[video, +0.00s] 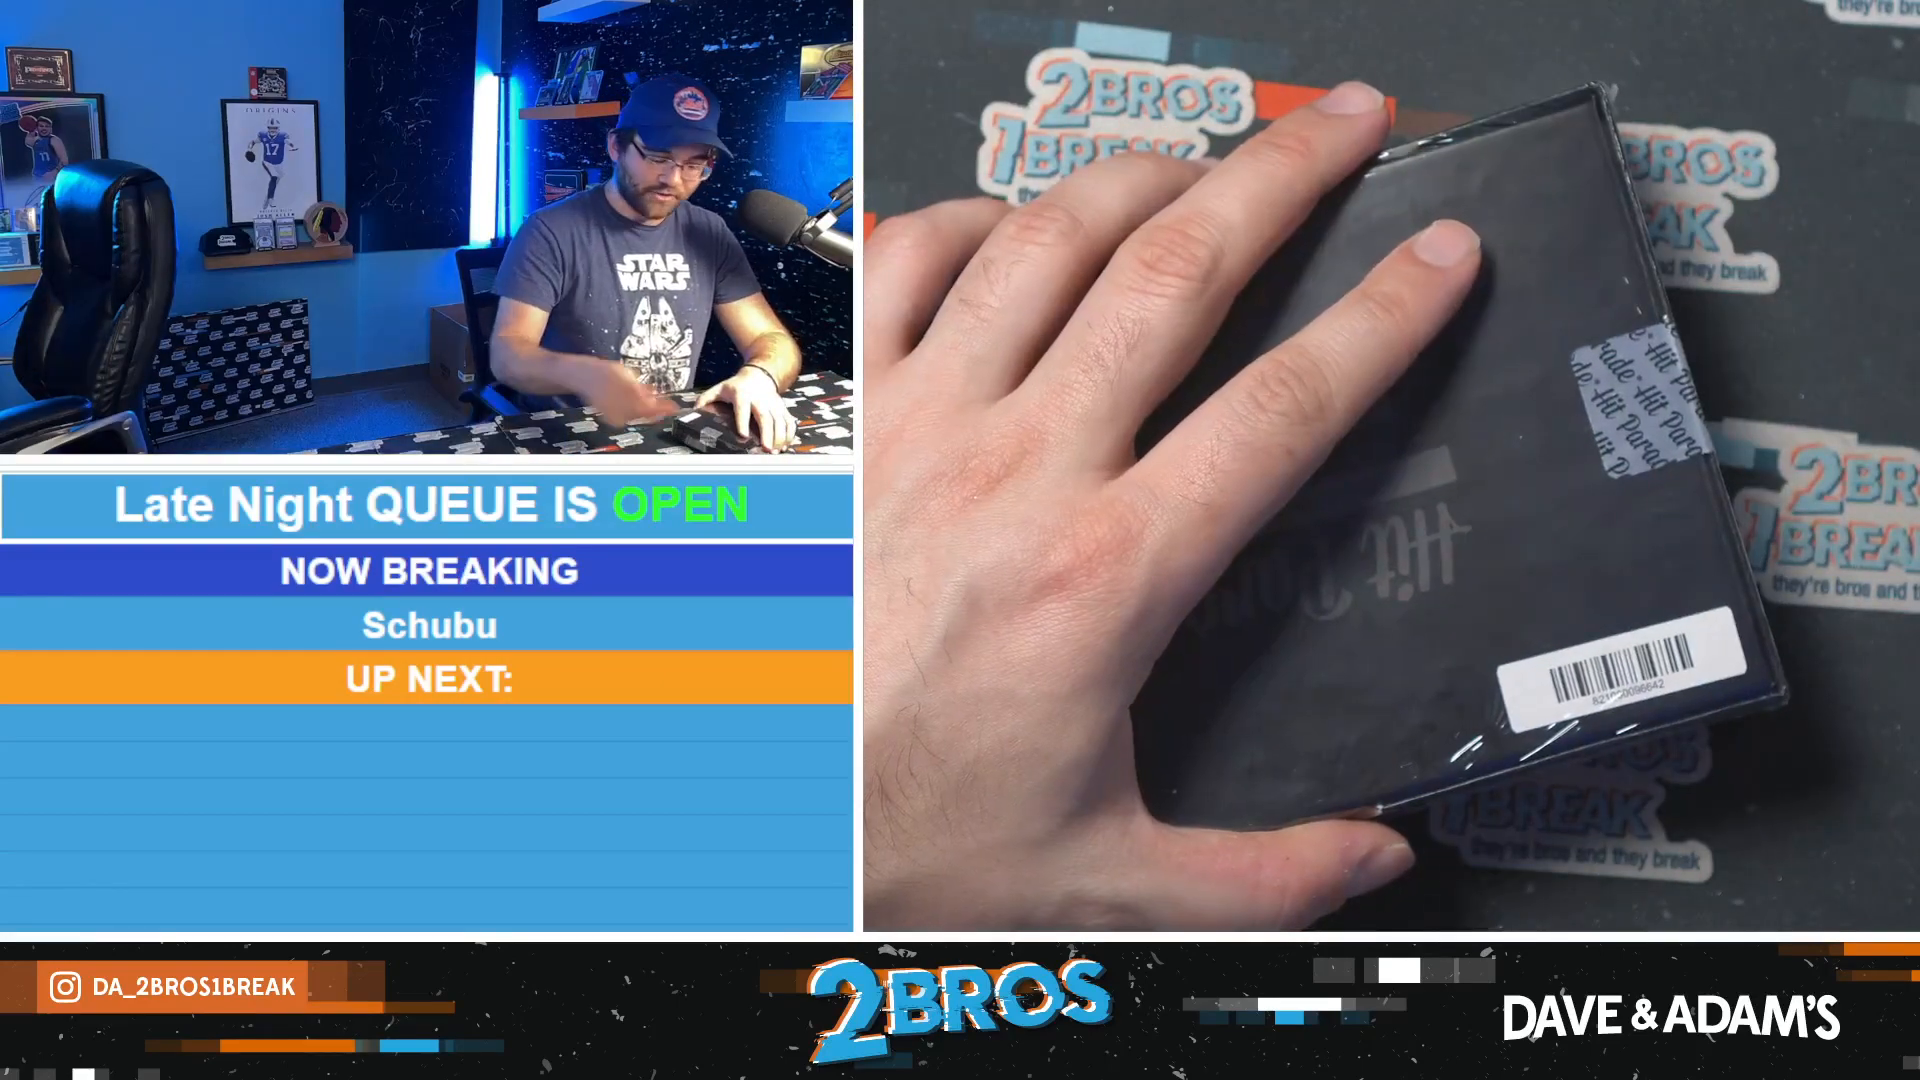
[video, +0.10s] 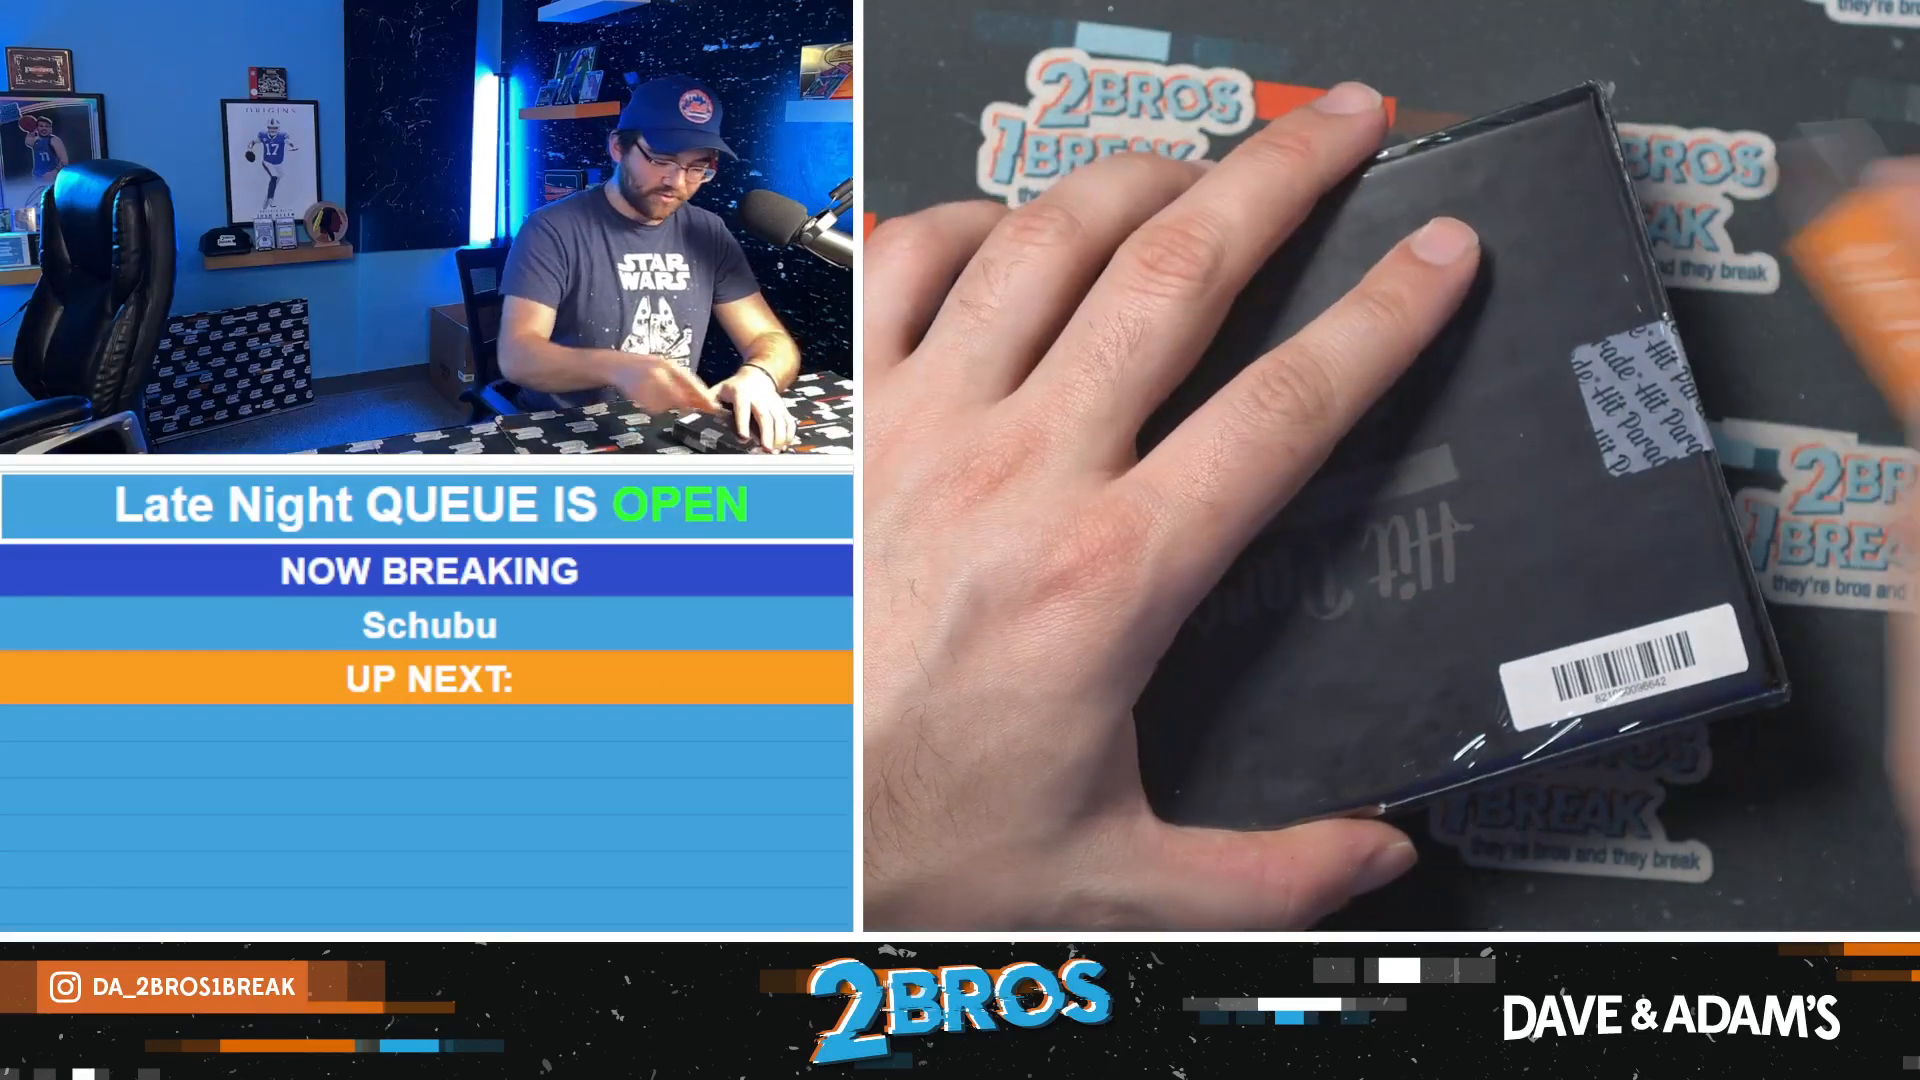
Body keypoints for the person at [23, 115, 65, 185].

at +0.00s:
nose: (44, 128)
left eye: (47, 126)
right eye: (41, 126)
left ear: (50, 128)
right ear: (37, 128)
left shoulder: (54, 140)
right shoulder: (35, 140)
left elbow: (64, 160)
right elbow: (28, 141)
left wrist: (53, 173)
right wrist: (31, 132)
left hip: (50, 177)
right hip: (37, 176)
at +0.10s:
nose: (44, 128)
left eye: (47, 126)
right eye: (41, 126)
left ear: (50, 128)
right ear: (37, 128)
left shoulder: (54, 140)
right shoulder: (35, 140)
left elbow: (64, 160)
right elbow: (28, 141)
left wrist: (53, 173)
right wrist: (31, 132)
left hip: (50, 177)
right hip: (37, 176)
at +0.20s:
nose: (44, 128)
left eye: (47, 126)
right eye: (41, 126)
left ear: (50, 128)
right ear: (37, 128)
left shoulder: (54, 140)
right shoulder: (35, 140)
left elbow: (64, 160)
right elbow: (28, 141)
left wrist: (53, 173)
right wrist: (31, 132)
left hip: (50, 177)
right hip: (37, 176)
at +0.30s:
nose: (44, 128)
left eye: (47, 126)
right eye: (41, 126)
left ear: (51, 128)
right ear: (37, 128)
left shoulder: (54, 140)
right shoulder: (35, 140)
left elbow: (64, 160)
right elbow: (28, 141)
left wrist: (53, 173)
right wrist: (31, 132)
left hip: (51, 177)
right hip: (37, 176)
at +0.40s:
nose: (44, 128)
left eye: (47, 126)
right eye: (41, 126)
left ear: (51, 128)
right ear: (37, 128)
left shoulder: (54, 140)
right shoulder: (35, 140)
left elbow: (64, 160)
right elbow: (28, 141)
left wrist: (53, 173)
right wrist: (31, 132)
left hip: (51, 177)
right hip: (37, 176)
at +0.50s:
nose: (44, 128)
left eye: (47, 126)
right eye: (41, 126)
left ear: (51, 128)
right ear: (37, 128)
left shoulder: (54, 140)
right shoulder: (35, 140)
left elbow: (64, 160)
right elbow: (28, 141)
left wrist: (53, 173)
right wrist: (31, 132)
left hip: (51, 177)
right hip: (37, 176)